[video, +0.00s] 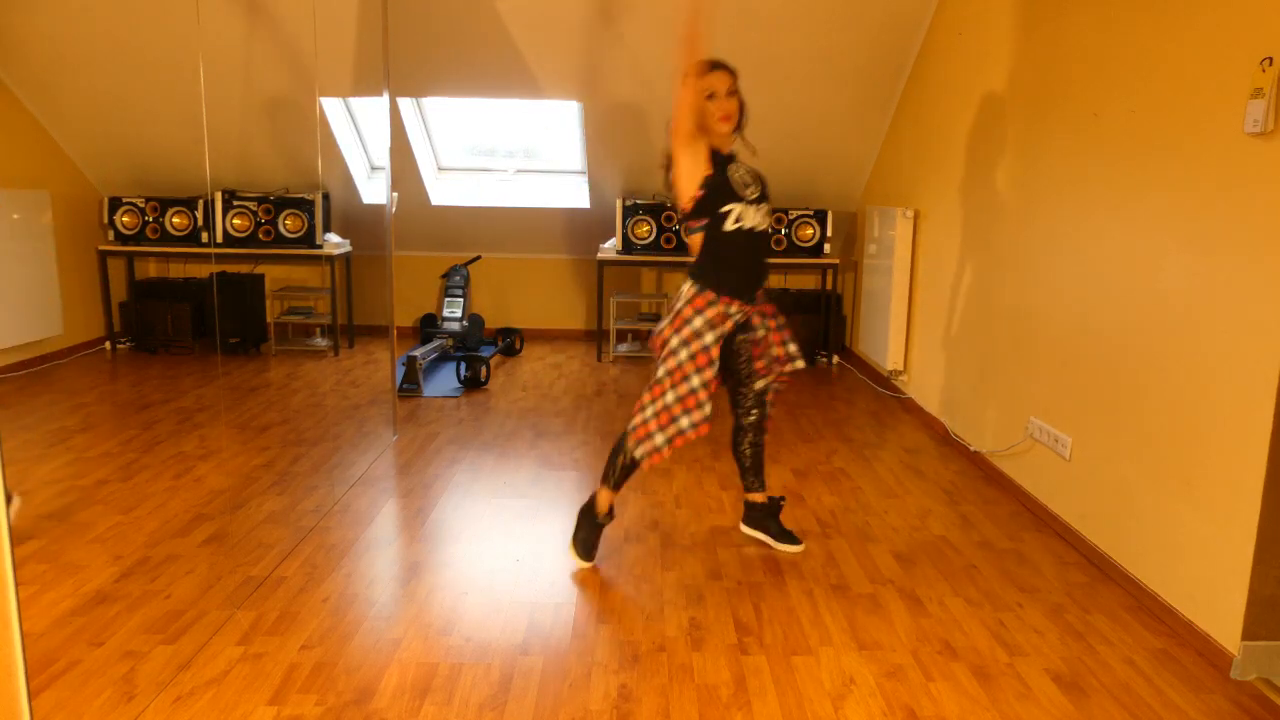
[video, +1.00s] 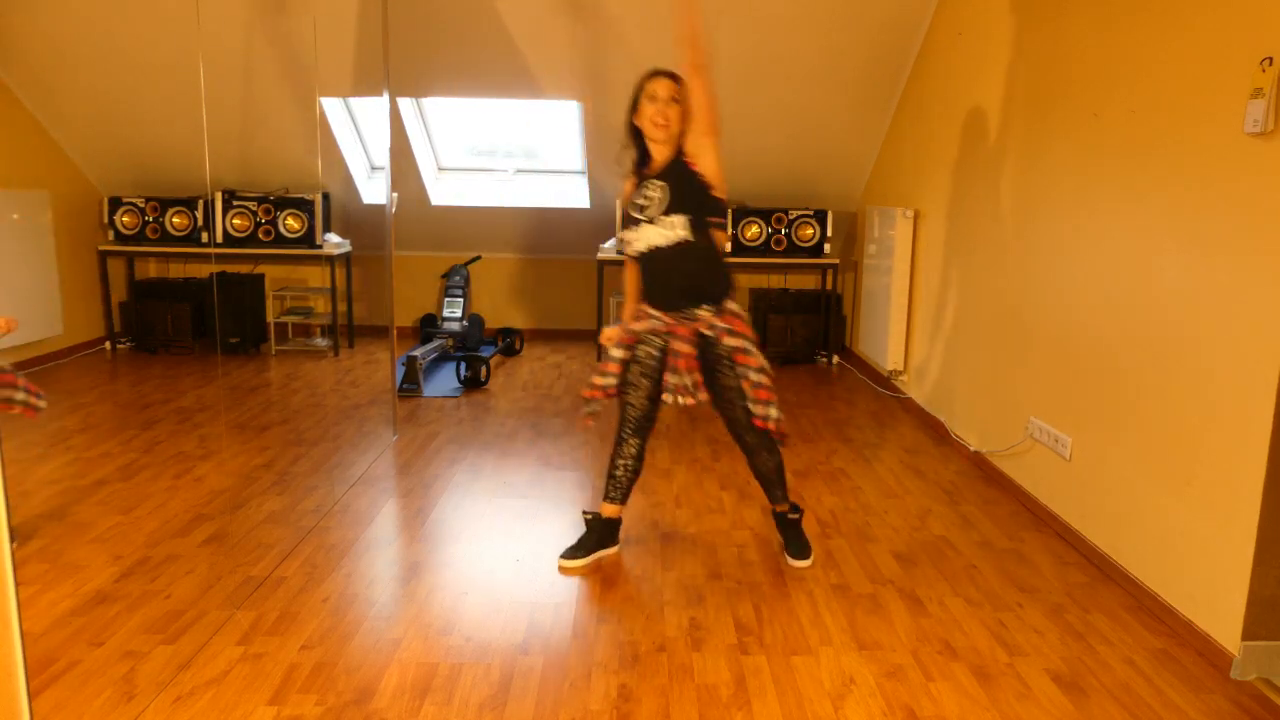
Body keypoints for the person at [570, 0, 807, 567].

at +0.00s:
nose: (725, 104)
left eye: (732, 95)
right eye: (713, 96)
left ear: (741, 105)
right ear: (693, 108)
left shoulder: (739, 163)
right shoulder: (690, 157)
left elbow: (705, 235)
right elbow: (689, 72)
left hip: (746, 309)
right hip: (706, 308)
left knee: (752, 405)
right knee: (665, 410)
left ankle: (758, 507)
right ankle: (599, 507)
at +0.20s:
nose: (689, 126)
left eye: (698, 116)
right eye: (677, 116)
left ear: (709, 127)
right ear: (658, 125)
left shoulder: (703, 189)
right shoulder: (641, 161)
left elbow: (688, 259)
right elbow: (582, 102)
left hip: (690, 326)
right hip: (638, 325)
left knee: (727, 417)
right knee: (627, 433)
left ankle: (750, 514)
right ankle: (586, 520)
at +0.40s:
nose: (657, 145)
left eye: (666, 134)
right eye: (644, 137)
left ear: (681, 141)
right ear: (632, 149)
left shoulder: (699, 215)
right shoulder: (614, 189)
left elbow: (690, 287)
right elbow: (557, 200)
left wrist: (683, 346)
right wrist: (507, 199)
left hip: (646, 339)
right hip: (589, 329)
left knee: (674, 435)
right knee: (592, 439)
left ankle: (638, 485)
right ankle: (583, 523)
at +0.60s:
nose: (639, 116)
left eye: (650, 109)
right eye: (629, 107)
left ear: (663, 124)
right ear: (614, 121)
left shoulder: (668, 183)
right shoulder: (598, 189)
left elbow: (653, 256)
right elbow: (571, 258)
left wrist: (629, 317)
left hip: (643, 317)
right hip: (588, 315)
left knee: (644, 425)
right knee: (581, 420)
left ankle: (625, 504)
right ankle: (585, 515)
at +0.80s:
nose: (637, 80)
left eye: (650, 73)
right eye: (627, 71)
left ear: (664, 89)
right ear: (608, 86)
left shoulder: (668, 140)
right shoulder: (603, 159)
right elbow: (607, 234)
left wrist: (567, 70)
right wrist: (605, 294)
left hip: (677, 297)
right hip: (621, 301)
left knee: (707, 399)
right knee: (607, 408)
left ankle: (734, 498)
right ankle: (594, 514)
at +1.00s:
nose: (661, 111)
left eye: (671, 102)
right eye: (650, 102)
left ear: (685, 115)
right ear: (636, 117)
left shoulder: (700, 160)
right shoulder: (634, 186)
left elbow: (697, 66)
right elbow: (632, 259)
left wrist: (688, 5)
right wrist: (630, 318)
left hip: (711, 314)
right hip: (654, 319)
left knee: (744, 422)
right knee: (633, 422)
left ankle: (786, 515)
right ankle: (606, 523)